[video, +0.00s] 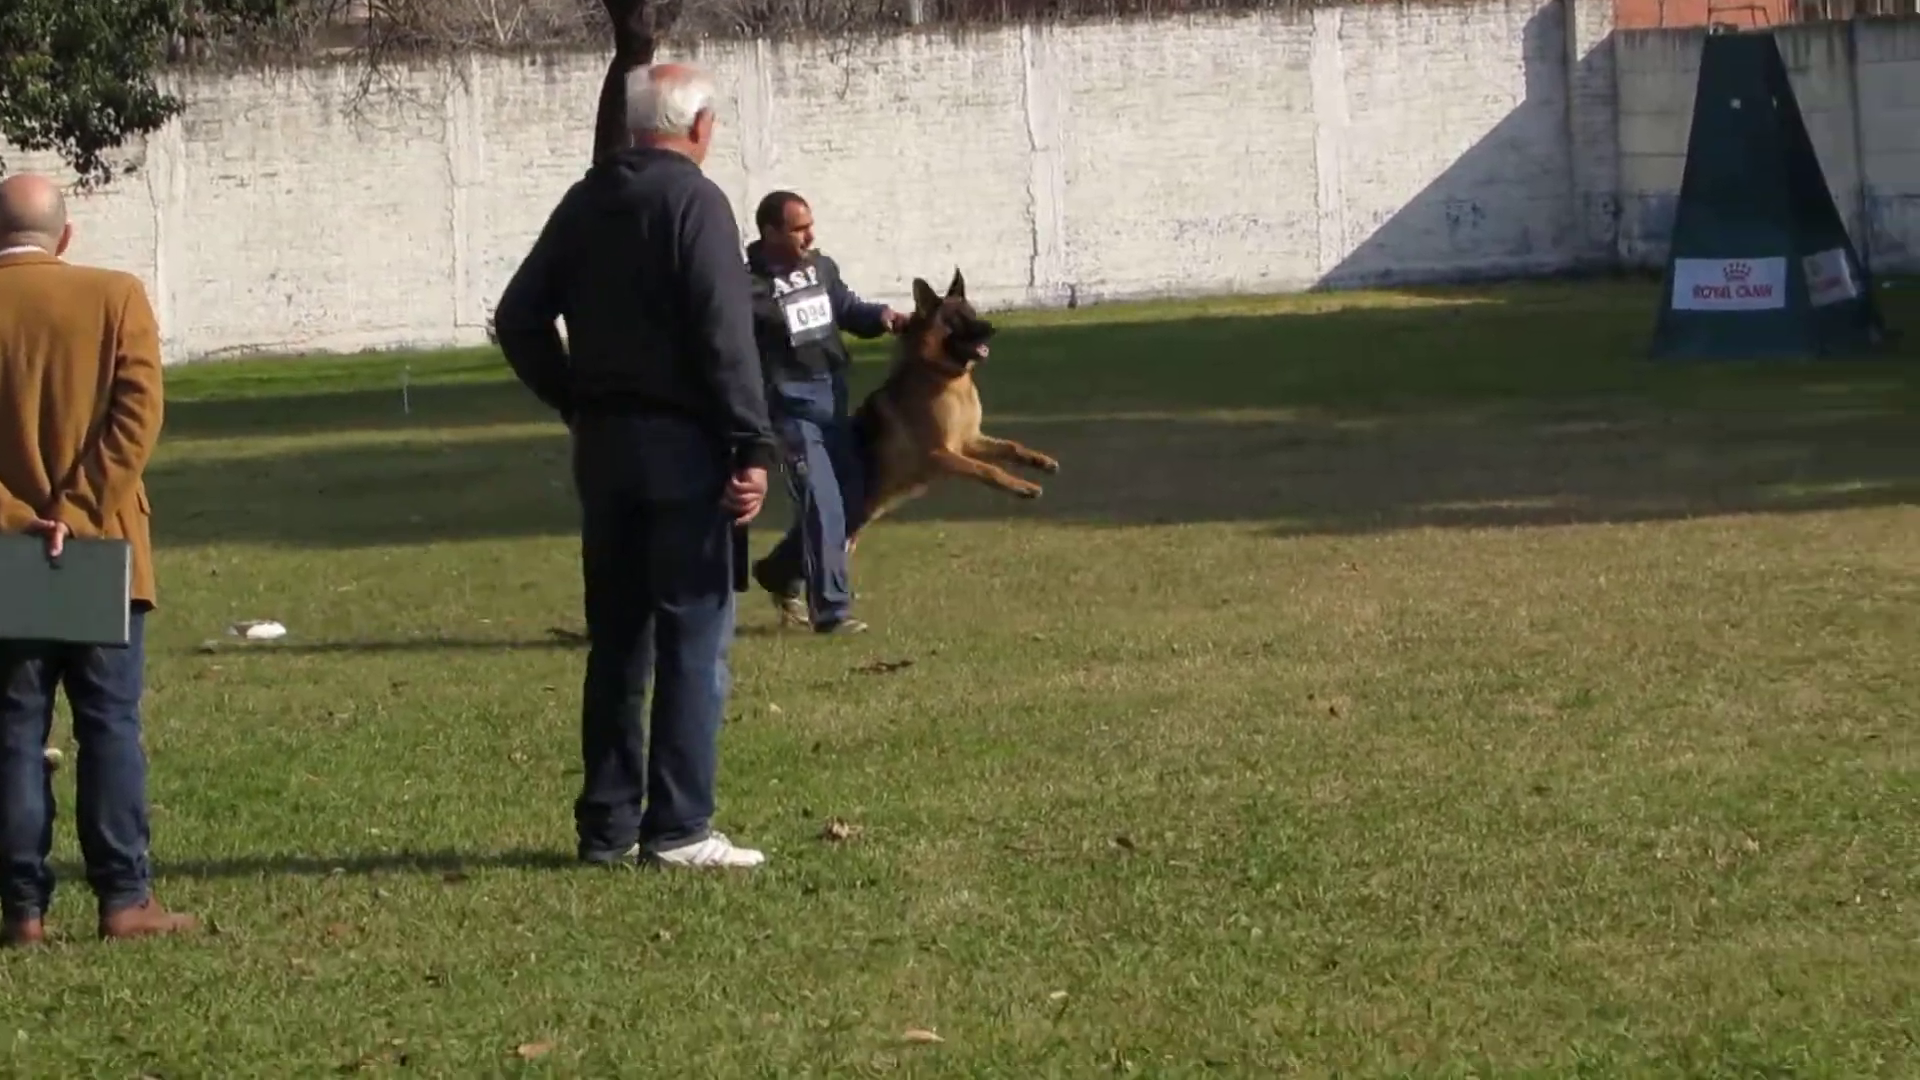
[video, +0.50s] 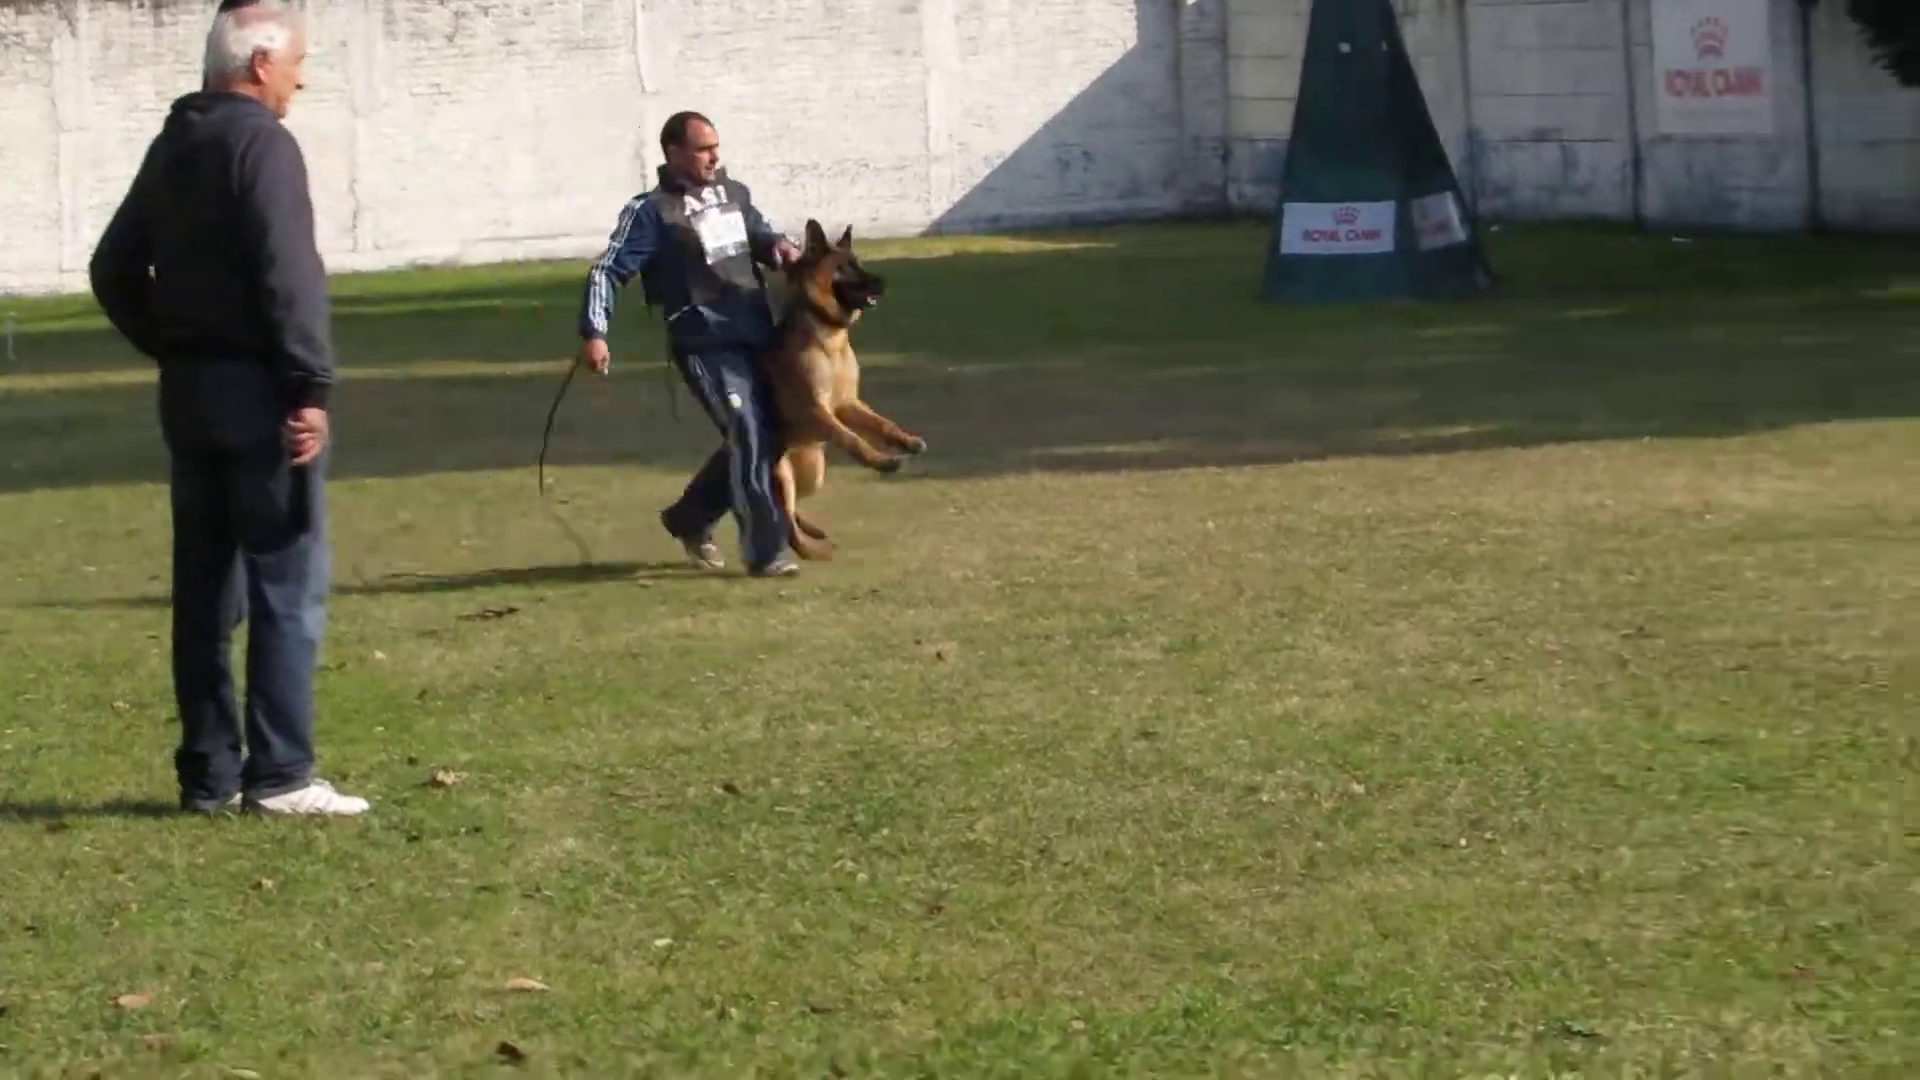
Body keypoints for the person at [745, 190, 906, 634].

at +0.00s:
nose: (809, 236)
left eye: (810, 227)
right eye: (799, 230)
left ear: (810, 224)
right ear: (768, 232)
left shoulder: (821, 267)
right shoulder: (747, 284)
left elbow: (847, 310)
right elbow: (740, 350)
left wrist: (883, 316)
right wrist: (753, 411)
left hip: (832, 397)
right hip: (787, 404)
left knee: (853, 496)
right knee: (821, 498)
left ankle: (781, 568)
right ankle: (831, 608)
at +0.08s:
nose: (804, 218)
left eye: (805, 209)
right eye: (794, 212)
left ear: (805, 208)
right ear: (764, 215)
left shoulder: (816, 247)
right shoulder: (740, 275)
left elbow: (847, 284)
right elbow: (737, 346)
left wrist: (877, 296)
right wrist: (778, 390)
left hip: (830, 375)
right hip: (784, 384)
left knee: (861, 479)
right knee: (796, 487)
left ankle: (844, 588)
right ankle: (783, 599)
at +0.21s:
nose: (804, 186)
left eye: (805, 178)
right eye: (793, 181)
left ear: (807, 177)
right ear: (764, 186)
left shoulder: (822, 225)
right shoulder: (747, 238)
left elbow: (855, 273)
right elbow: (739, 292)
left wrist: (898, 289)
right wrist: (771, 322)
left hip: (834, 377)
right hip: (784, 381)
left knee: (865, 476)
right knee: (770, 481)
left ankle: (900, 573)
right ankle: (726, 574)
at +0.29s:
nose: (795, 176)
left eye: (797, 168)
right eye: (785, 169)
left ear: (799, 169)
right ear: (755, 174)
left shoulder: (810, 221)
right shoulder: (738, 227)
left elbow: (834, 265)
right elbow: (707, 270)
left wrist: (865, 273)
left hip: (821, 362)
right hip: (770, 367)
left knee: (852, 460)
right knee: (788, 468)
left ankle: (839, 563)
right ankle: (723, 533)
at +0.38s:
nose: (762, 165)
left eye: (765, 157)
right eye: (752, 158)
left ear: (766, 157)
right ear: (722, 162)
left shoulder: (777, 207)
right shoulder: (702, 218)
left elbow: (808, 255)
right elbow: (648, 259)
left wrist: (848, 276)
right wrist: (623, 313)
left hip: (792, 348)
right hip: (743, 354)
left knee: (818, 441)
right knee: (791, 441)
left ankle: (766, 545)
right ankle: (766, 554)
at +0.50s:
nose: (715, 157)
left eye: (716, 147)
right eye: (704, 150)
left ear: (716, 147)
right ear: (672, 153)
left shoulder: (733, 194)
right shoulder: (648, 213)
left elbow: (760, 236)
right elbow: (607, 272)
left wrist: (780, 247)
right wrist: (595, 333)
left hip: (753, 334)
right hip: (704, 343)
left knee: (770, 433)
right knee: (745, 429)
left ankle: (691, 516)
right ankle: (767, 552)